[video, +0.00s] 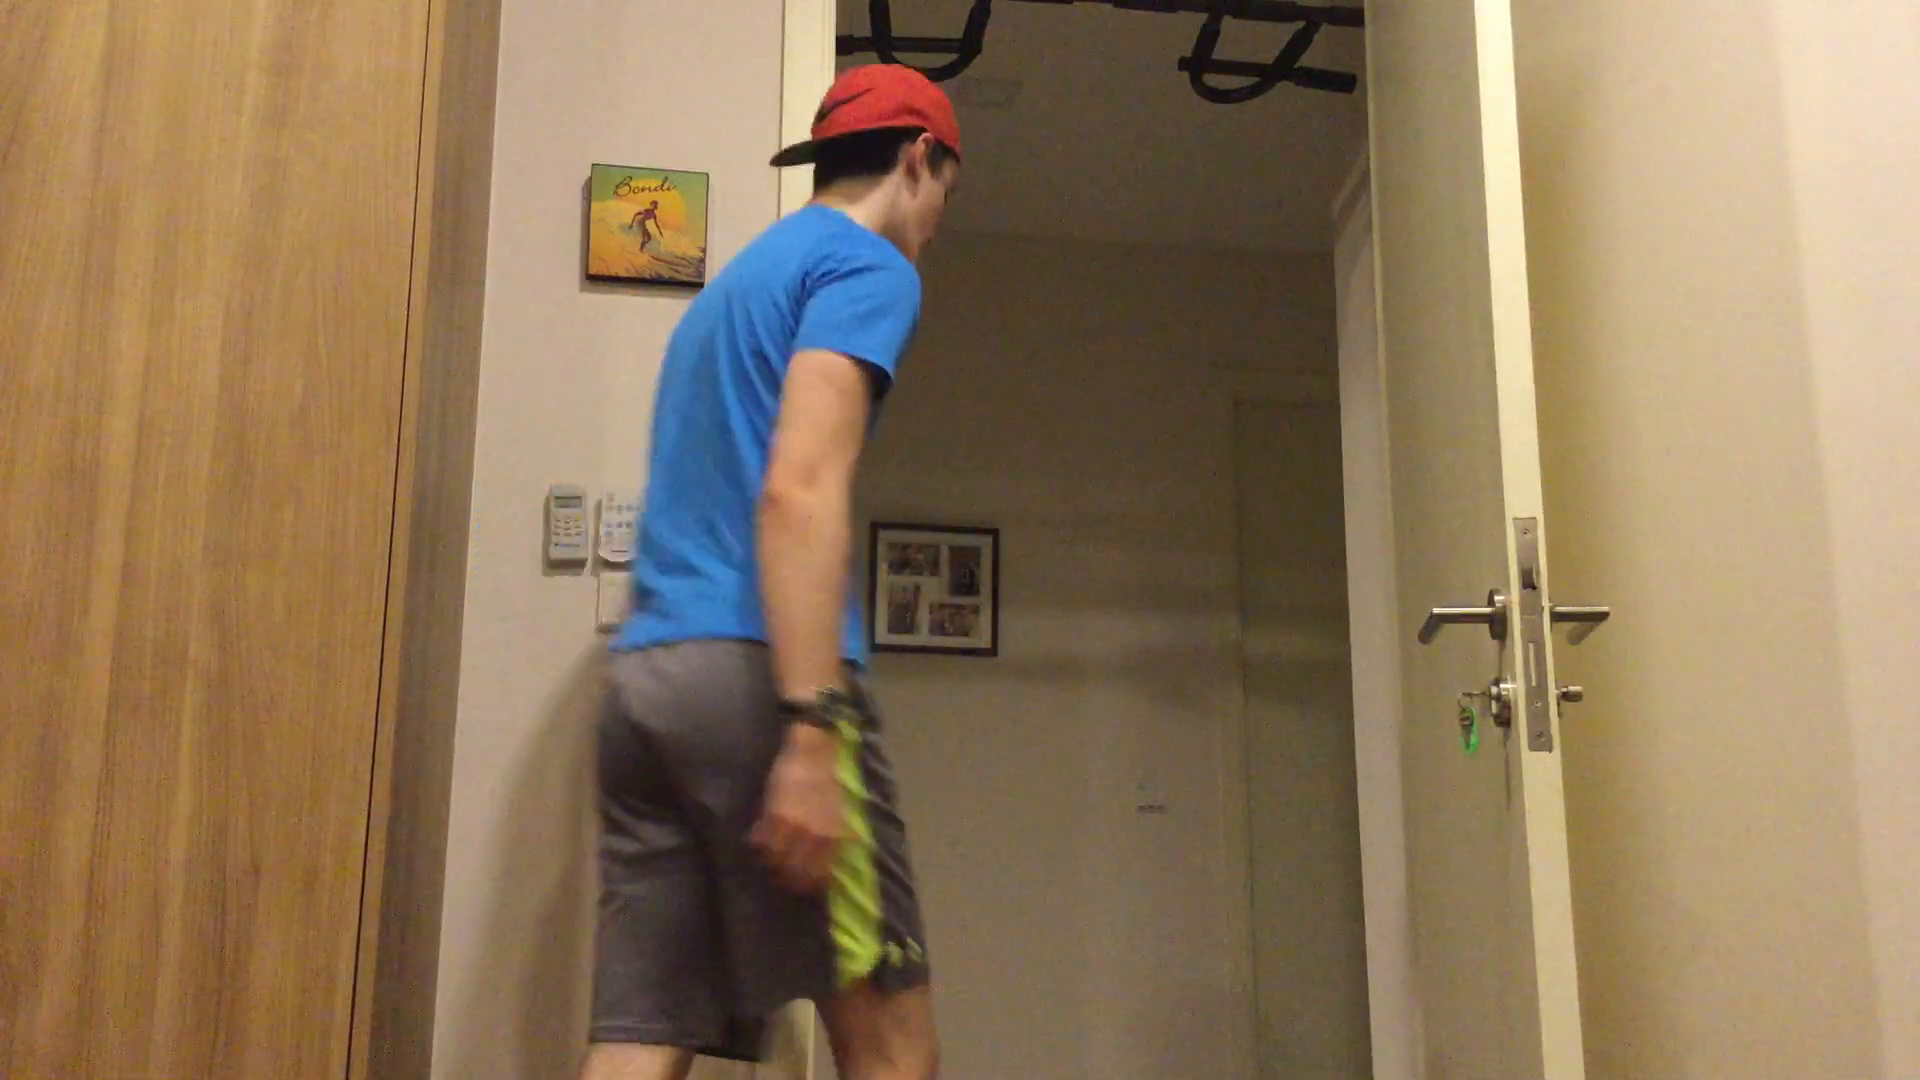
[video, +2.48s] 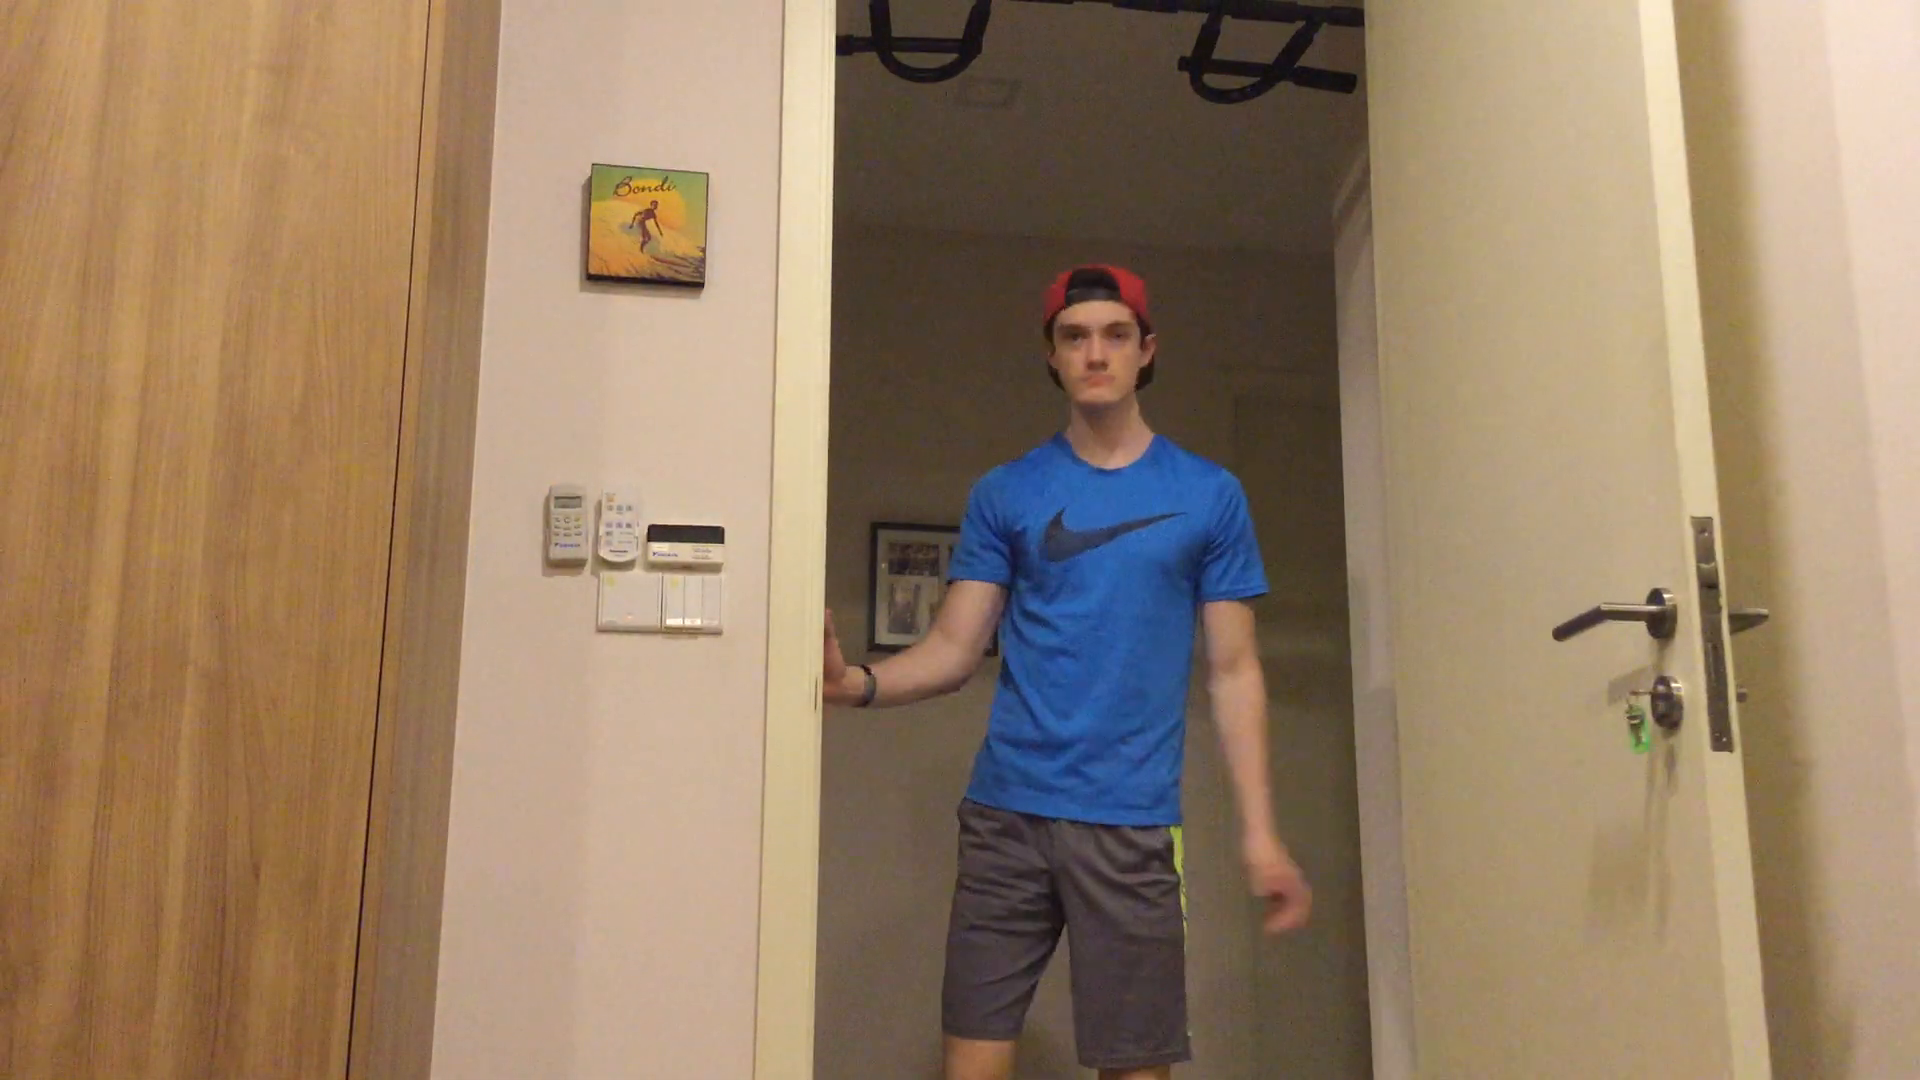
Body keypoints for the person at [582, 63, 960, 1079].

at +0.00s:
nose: (941, 221)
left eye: (947, 192)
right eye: (947, 189)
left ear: (826, 164)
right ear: (918, 163)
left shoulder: (740, 277)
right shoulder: (864, 264)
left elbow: (699, 499)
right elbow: (798, 486)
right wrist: (814, 728)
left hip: (644, 679)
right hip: (759, 678)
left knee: (636, 1039)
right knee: (886, 1039)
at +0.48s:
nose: (1084, 279)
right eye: (1085, 264)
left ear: (972, 247)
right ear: (1081, 263)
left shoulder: (872, 379)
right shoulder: (1089, 361)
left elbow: (860, 615)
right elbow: (1116, 590)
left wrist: (906, 736)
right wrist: (1173, 785)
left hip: (910, 762)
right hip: (1032, 754)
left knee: (988, 1042)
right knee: (1030, 1045)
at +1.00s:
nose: (1194, 313)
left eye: (1195, 293)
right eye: (1173, 289)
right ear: (1106, 296)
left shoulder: (1091, 413)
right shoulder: (1112, 415)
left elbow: (1174, 619)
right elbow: (1169, 614)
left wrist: (1336, 701)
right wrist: (1333, 699)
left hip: (1141, 765)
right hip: (1139, 767)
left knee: (1166, 1046)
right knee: (1152, 1047)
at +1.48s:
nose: (1160, 333)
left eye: (1174, 317)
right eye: (1134, 323)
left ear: (1196, 338)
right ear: (1102, 351)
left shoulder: (1233, 504)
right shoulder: (1082, 464)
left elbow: (1230, 681)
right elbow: (1089, 635)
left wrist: (1236, 836)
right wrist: (1191, 760)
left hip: (1197, 804)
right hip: (1090, 799)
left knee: (1184, 1056)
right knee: (1081, 1052)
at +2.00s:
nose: (1050, 378)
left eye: (1068, 355)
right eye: (1031, 360)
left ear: (1099, 359)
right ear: (1009, 369)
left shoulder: (1161, 495)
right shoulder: (972, 498)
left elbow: (1199, 656)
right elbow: (948, 660)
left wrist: (1233, 796)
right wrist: (949, 805)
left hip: (1122, 810)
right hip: (1000, 809)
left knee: (1144, 1059)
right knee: (1003, 1052)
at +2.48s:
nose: (1095, 352)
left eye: (1114, 335)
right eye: (1075, 337)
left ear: (1146, 352)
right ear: (1052, 357)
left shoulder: (1208, 495)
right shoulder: (1007, 492)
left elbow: (1234, 670)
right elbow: (952, 648)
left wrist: (1260, 834)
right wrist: (856, 683)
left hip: (1133, 827)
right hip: (1006, 814)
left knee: (1137, 1065)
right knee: (974, 1059)